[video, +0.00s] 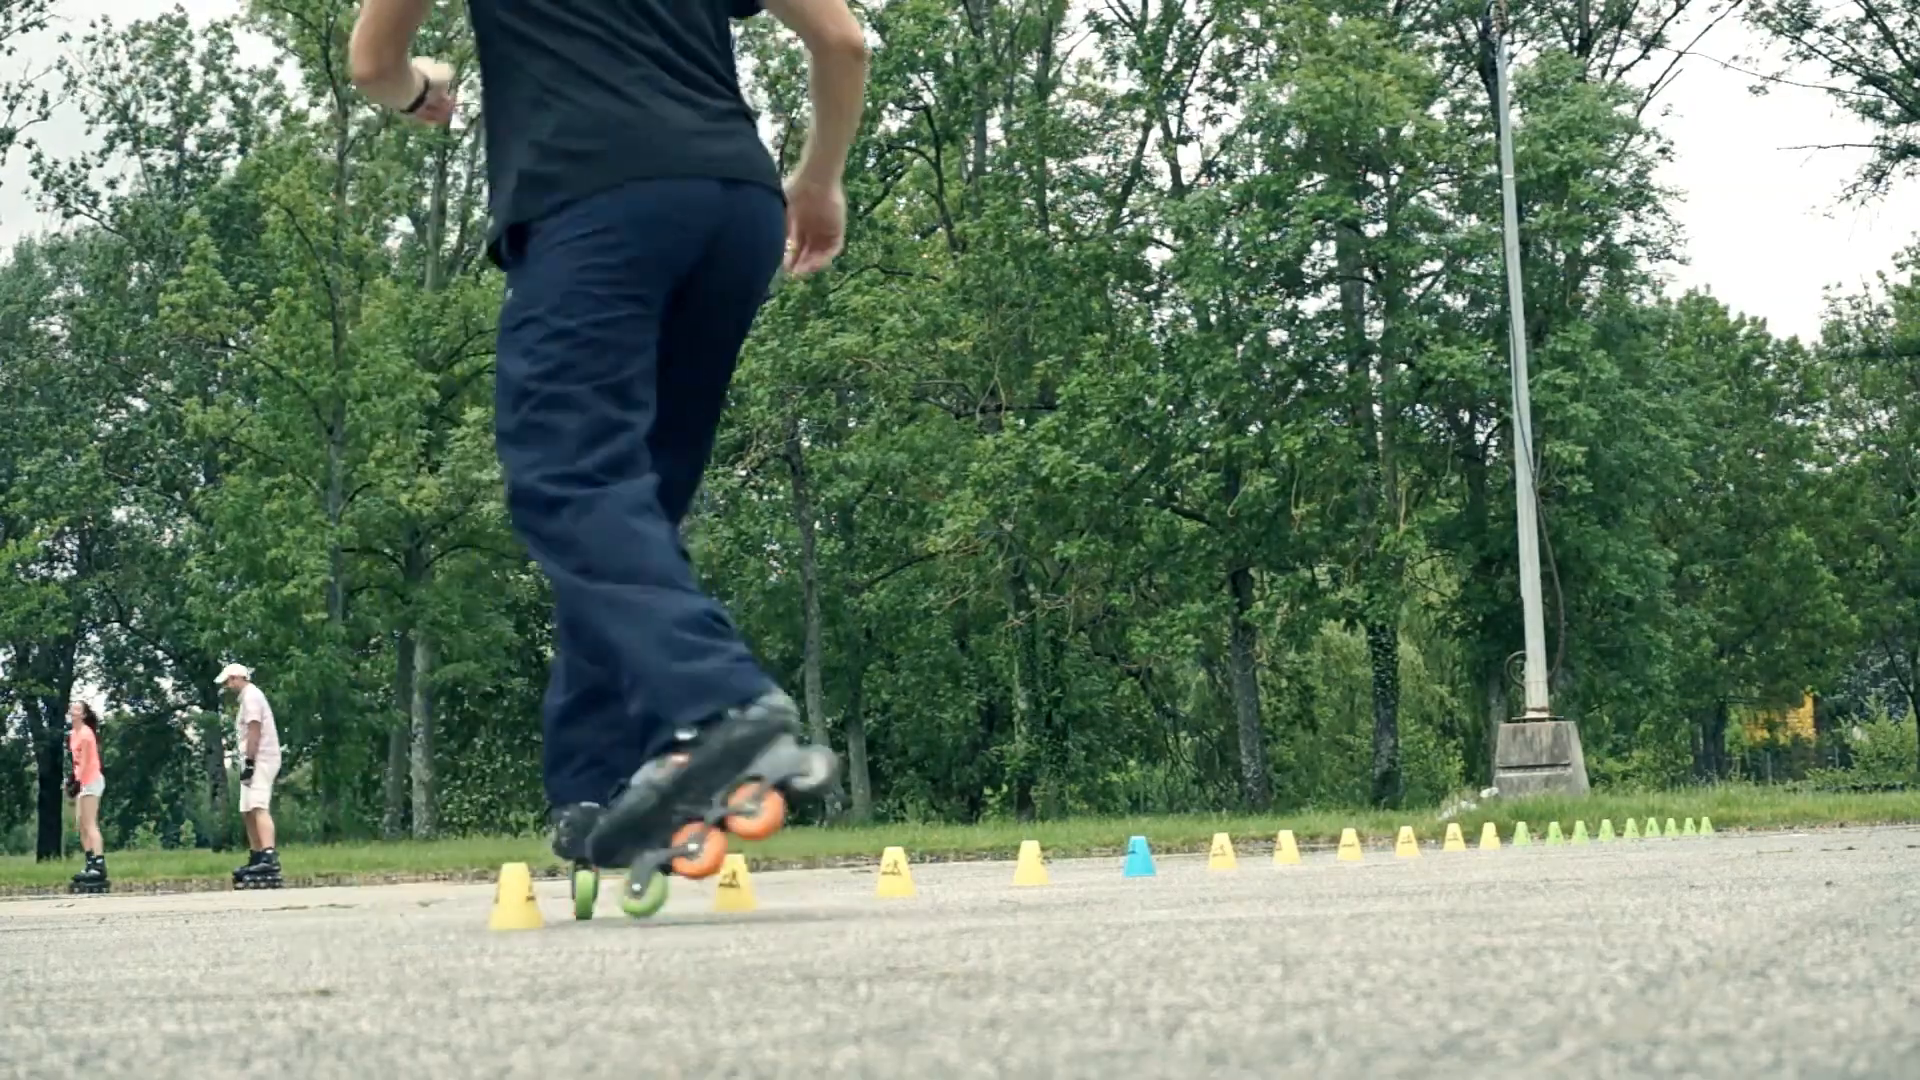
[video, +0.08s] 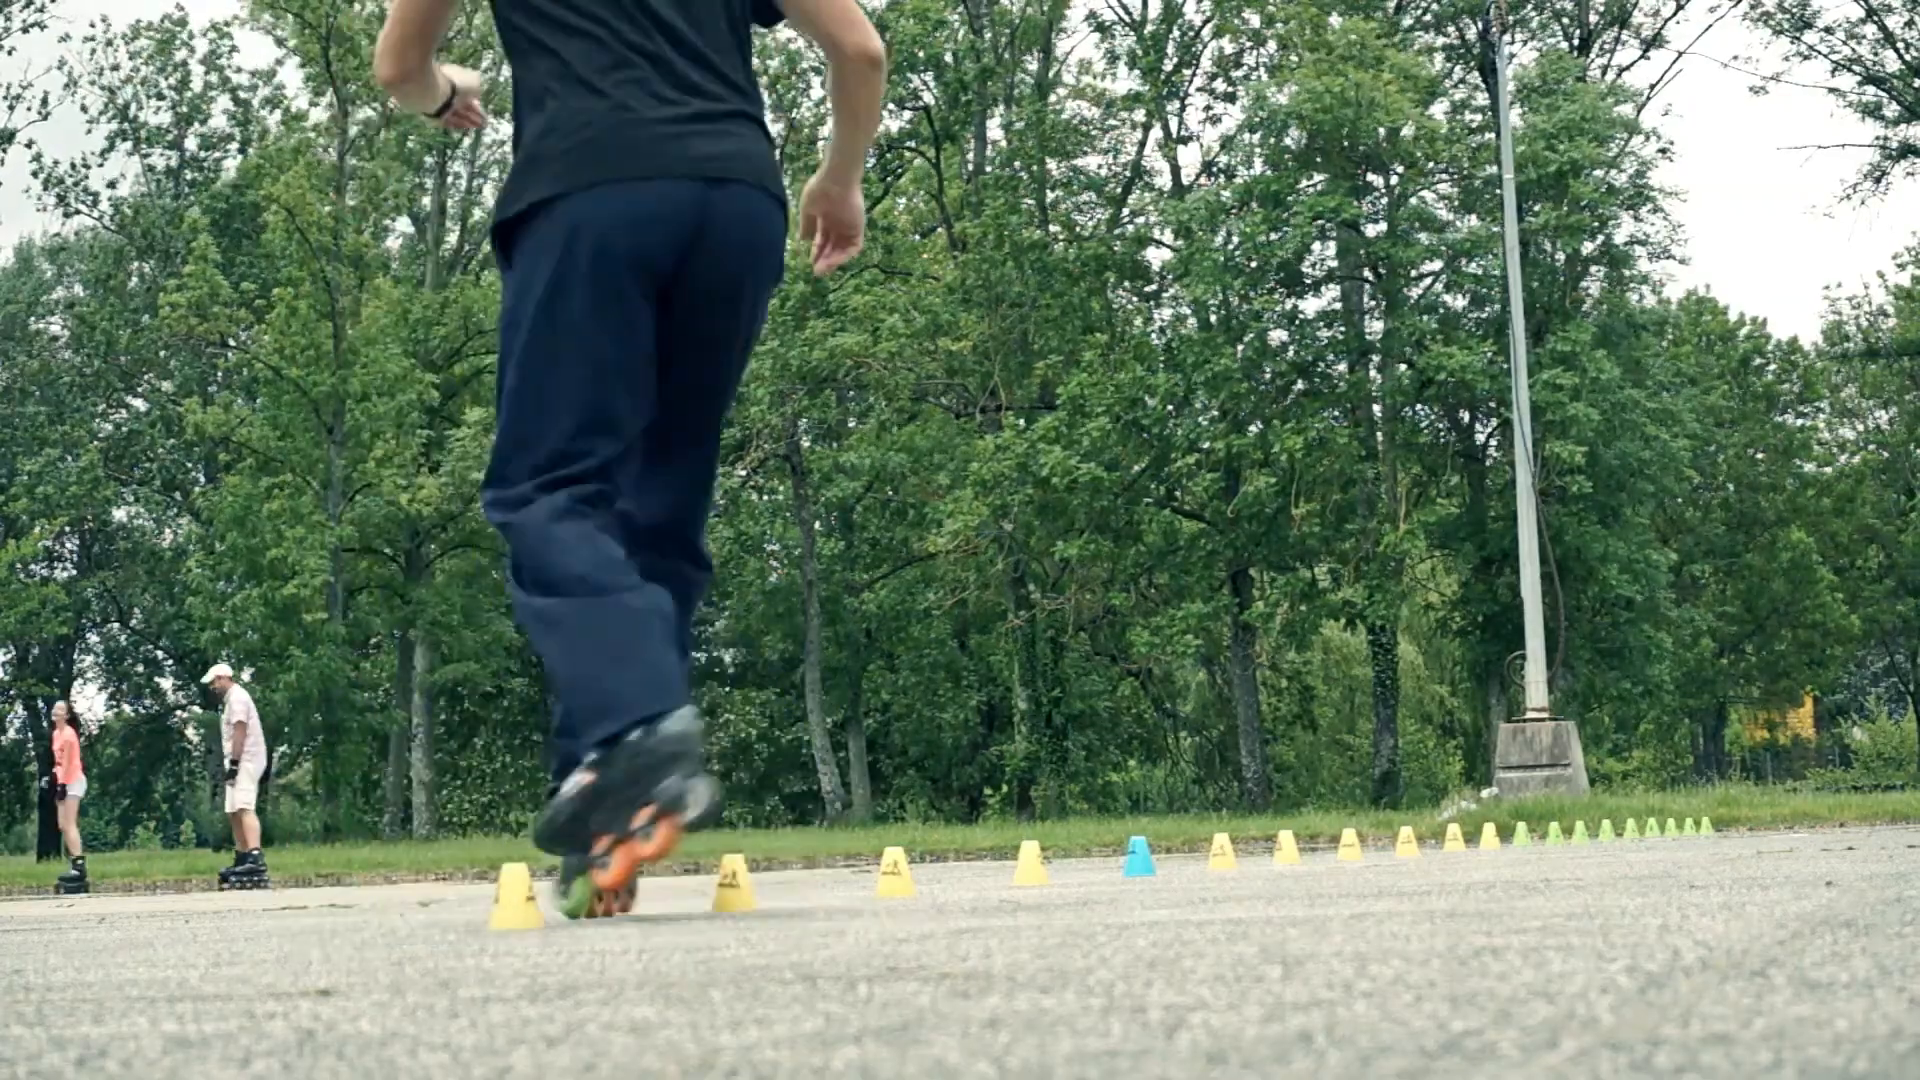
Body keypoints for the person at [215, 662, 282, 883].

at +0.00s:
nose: (227, 686)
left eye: (228, 681)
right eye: (226, 682)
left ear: (238, 677)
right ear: (236, 679)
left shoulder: (251, 695)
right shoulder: (247, 697)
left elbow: (254, 728)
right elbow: (251, 731)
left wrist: (249, 760)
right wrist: (247, 759)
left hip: (263, 756)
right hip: (253, 756)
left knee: (258, 806)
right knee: (247, 809)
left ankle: (268, 854)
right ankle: (256, 855)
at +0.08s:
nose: (212, 687)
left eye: (214, 682)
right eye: (211, 683)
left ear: (225, 678)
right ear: (221, 680)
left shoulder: (237, 696)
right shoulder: (231, 699)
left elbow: (240, 729)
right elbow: (236, 732)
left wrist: (234, 761)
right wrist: (229, 760)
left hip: (248, 756)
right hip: (237, 757)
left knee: (244, 806)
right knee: (233, 808)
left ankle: (254, 855)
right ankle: (242, 855)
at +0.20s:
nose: (192, 686)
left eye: (194, 681)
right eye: (191, 682)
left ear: (203, 678)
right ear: (201, 679)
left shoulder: (215, 696)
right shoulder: (210, 698)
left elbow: (220, 729)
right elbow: (217, 731)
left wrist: (212, 760)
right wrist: (209, 759)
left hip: (227, 758)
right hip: (217, 759)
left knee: (223, 807)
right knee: (212, 810)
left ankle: (234, 857)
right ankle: (220, 856)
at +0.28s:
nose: (179, 685)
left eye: (181, 680)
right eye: (178, 682)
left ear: (190, 678)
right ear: (188, 680)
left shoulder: (203, 696)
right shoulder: (197, 699)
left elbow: (207, 730)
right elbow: (202, 730)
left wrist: (198, 759)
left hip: (213, 758)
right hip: (203, 758)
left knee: (209, 806)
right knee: (197, 809)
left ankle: (220, 857)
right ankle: (207, 856)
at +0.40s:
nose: (157, 686)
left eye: (159, 681)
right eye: (156, 682)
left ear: (170, 679)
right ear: (168, 680)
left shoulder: (182, 698)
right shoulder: (177, 699)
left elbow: (187, 731)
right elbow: (184, 732)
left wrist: (179, 761)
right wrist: (175, 759)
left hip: (191, 760)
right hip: (181, 761)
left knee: (187, 809)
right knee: (177, 811)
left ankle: (197, 858)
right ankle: (185, 857)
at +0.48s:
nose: (145, 685)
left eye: (147, 680)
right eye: (144, 681)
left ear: (158, 679)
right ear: (154, 681)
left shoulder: (169, 699)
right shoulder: (163, 700)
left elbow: (175, 731)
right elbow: (170, 734)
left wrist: (168, 762)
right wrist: (163, 762)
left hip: (176, 760)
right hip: (166, 761)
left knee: (172, 810)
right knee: (163, 812)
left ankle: (182, 859)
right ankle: (171, 858)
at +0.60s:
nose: (124, 685)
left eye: (127, 680)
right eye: (124, 681)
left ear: (137, 679)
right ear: (134, 681)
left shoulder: (149, 699)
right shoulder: (143, 701)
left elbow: (154, 732)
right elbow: (149, 735)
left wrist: (152, 764)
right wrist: (144, 763)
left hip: (153, 761)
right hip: (144, 760)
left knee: (150, 811)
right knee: (143, 813)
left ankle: (162, 860)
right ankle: (152, 859)